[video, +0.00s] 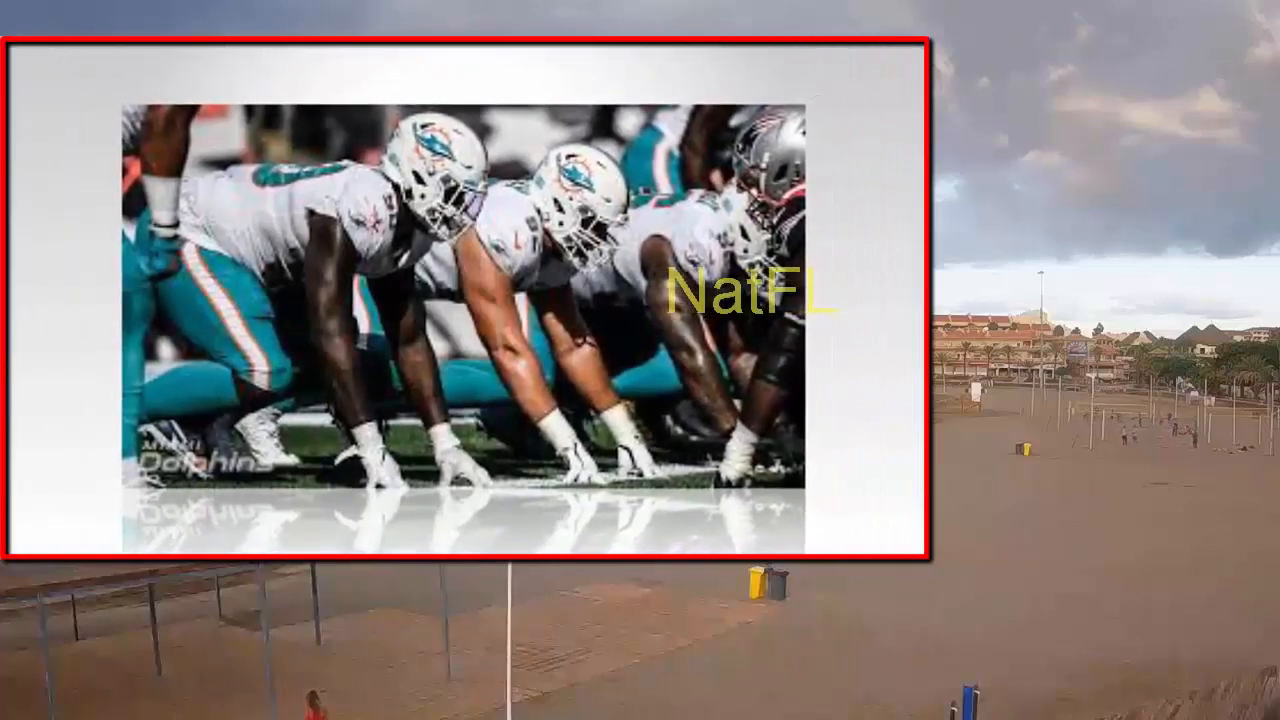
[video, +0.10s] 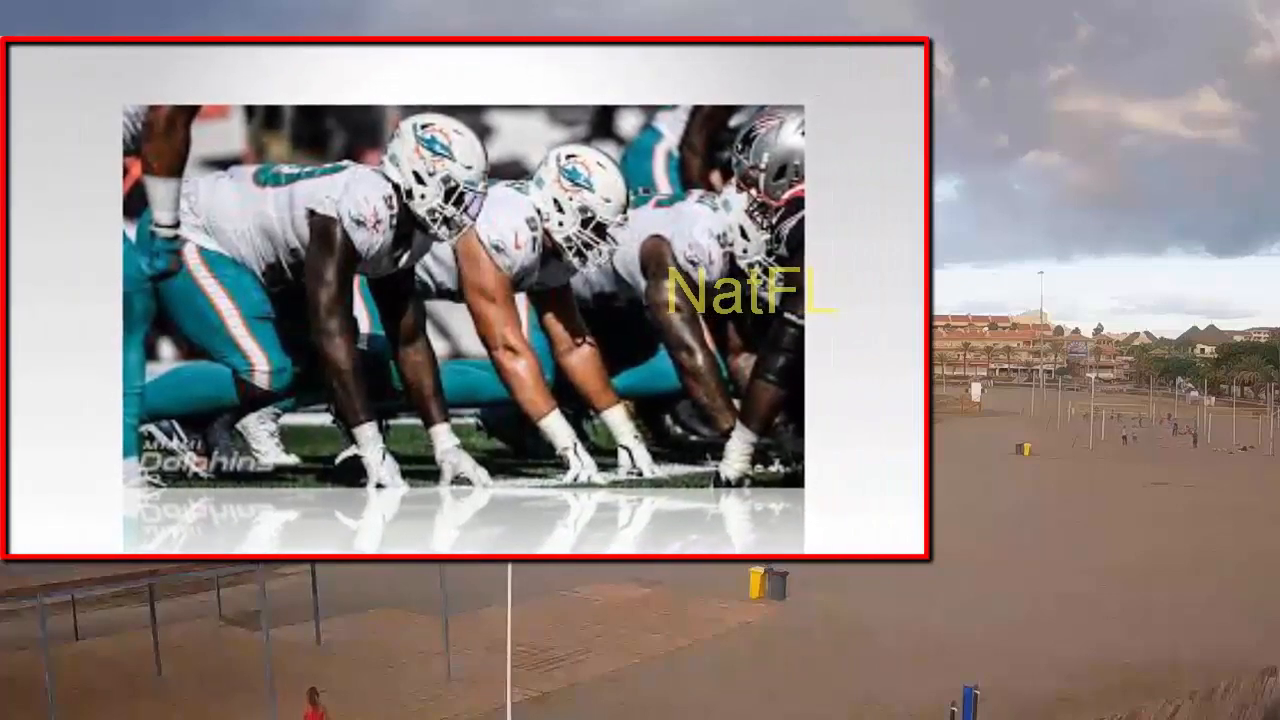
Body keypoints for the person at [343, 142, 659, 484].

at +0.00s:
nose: (599, 239)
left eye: (604, 228)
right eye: (592, 223)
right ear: (560, 200)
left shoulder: (548, 244)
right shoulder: (500, 227)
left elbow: (575, 341)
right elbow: (508, 350)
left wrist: (625, 433)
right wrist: (567, 445)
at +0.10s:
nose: (597, 240)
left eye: (603, 230)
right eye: (592, 224)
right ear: (560, 201)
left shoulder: (546, 245)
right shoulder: (499, 228)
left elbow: (574, 342)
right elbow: (507, 349)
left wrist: (625, 433)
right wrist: (567, 444)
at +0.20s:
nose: (597, 239)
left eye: (604, 230)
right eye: (591, 225)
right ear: (561, 205)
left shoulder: (549, 242)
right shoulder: (501, 229)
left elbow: (573, 342)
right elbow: (507, 349)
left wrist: (625, 433)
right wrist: (568, 445)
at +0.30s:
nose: (596, 239)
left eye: (603, 230)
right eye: (590, 225)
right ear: (561, 205)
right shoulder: (499, 229)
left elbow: (573, 341)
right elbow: (507, 349)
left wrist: (625, 433)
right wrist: (567, 444)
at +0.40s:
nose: (596, 239)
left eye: (602, 229)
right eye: (590, 225)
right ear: (560, 205)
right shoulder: (499, 230)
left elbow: (572, 341)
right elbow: (507, 349)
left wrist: (624, 432)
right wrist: (566, 443)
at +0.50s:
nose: (596, 239)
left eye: (603, 230)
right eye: (591, 226)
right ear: (561, 206)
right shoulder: (501, 229)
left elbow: (572, 341)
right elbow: (507, 348)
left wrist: (624, 432)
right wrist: (567, 443)